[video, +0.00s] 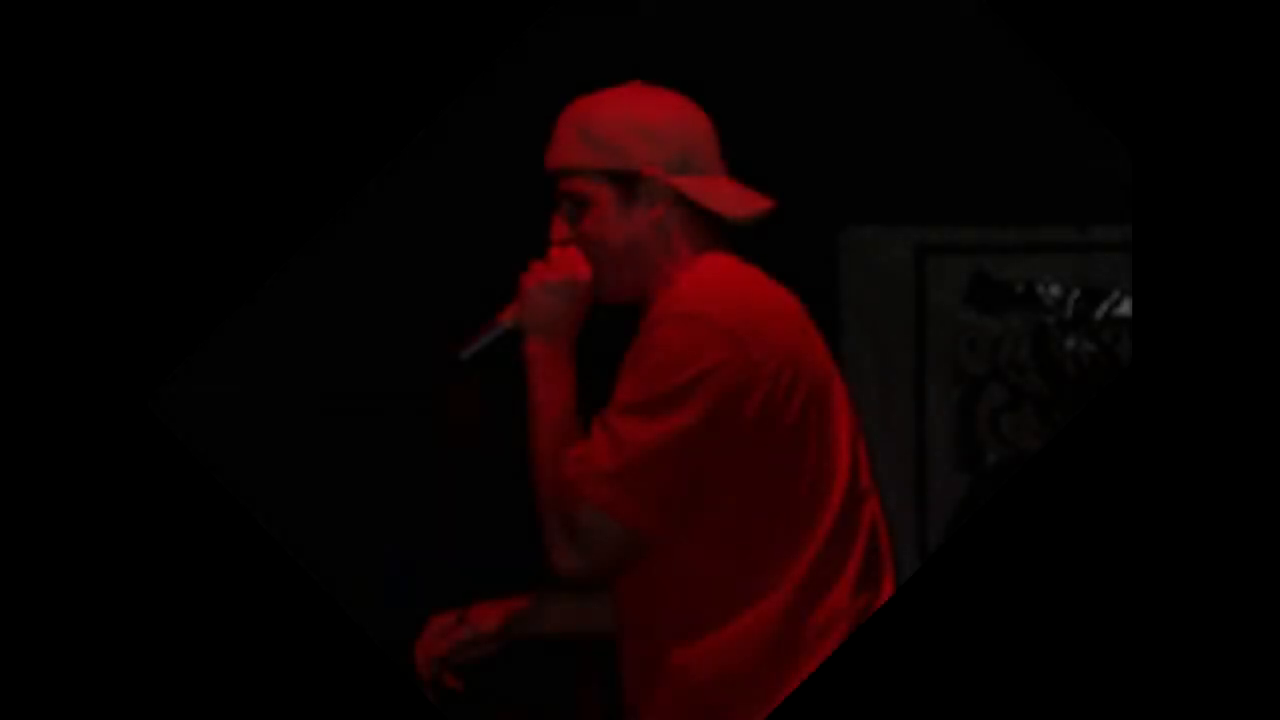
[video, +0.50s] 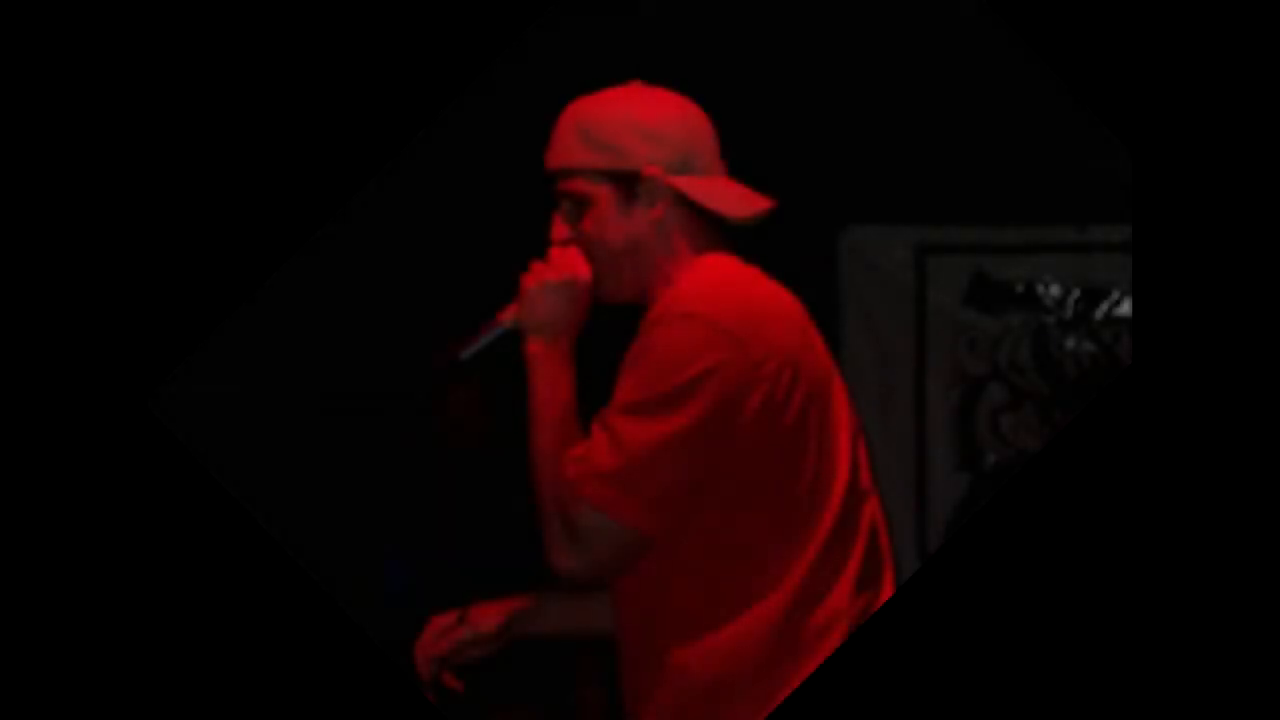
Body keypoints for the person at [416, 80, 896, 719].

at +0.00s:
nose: (559, 234)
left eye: (577, 207)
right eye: (559, 208)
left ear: (654, 203)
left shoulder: (704, 317)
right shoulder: (741, 305)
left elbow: (578, 541)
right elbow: (698, 578)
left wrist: (547, 345)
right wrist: (518, 624)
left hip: (737, 696)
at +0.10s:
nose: (559, 234)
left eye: (577, 206)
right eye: (559, 208)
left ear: (654, 202)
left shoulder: (706, 317)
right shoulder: (737, 306)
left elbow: (578, 541)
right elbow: (696, 578)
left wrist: (547, 345)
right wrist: (518, 623)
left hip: (738, 696)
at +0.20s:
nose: (558, 234)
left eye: (577, 207)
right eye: (559, 209)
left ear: (653, 203)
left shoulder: (705, 317)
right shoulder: (739, 306)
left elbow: (578, 542)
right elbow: (696, 578)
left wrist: (548, 346)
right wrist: (519, 623)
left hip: (738, 696)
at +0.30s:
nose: (559, 234)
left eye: (577, 207)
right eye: (559, 209)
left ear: (653, 202)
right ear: (647, 205)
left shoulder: (705, 317)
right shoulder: (740, 306)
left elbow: (579, 542)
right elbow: (698, 577)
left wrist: (548, 346)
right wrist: (519, 622)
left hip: (738, 697)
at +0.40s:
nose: (560, 234)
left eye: (578, 207)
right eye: (559, 209)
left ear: (653, 202)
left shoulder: (705, 317)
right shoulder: (740, 306)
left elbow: (578, 541)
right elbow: (698, 580)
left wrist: (548, 346)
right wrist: (520, 623)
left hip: (737, 697)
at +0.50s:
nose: (559, 233)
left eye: (577, 206)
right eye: (559, 208)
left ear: (652, 202)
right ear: (650, 204)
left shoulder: (704, 319)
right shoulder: (745, 306)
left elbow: (578, 543)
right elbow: (700, 581)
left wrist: (547, 345)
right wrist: (519, 622)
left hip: (736, 698)